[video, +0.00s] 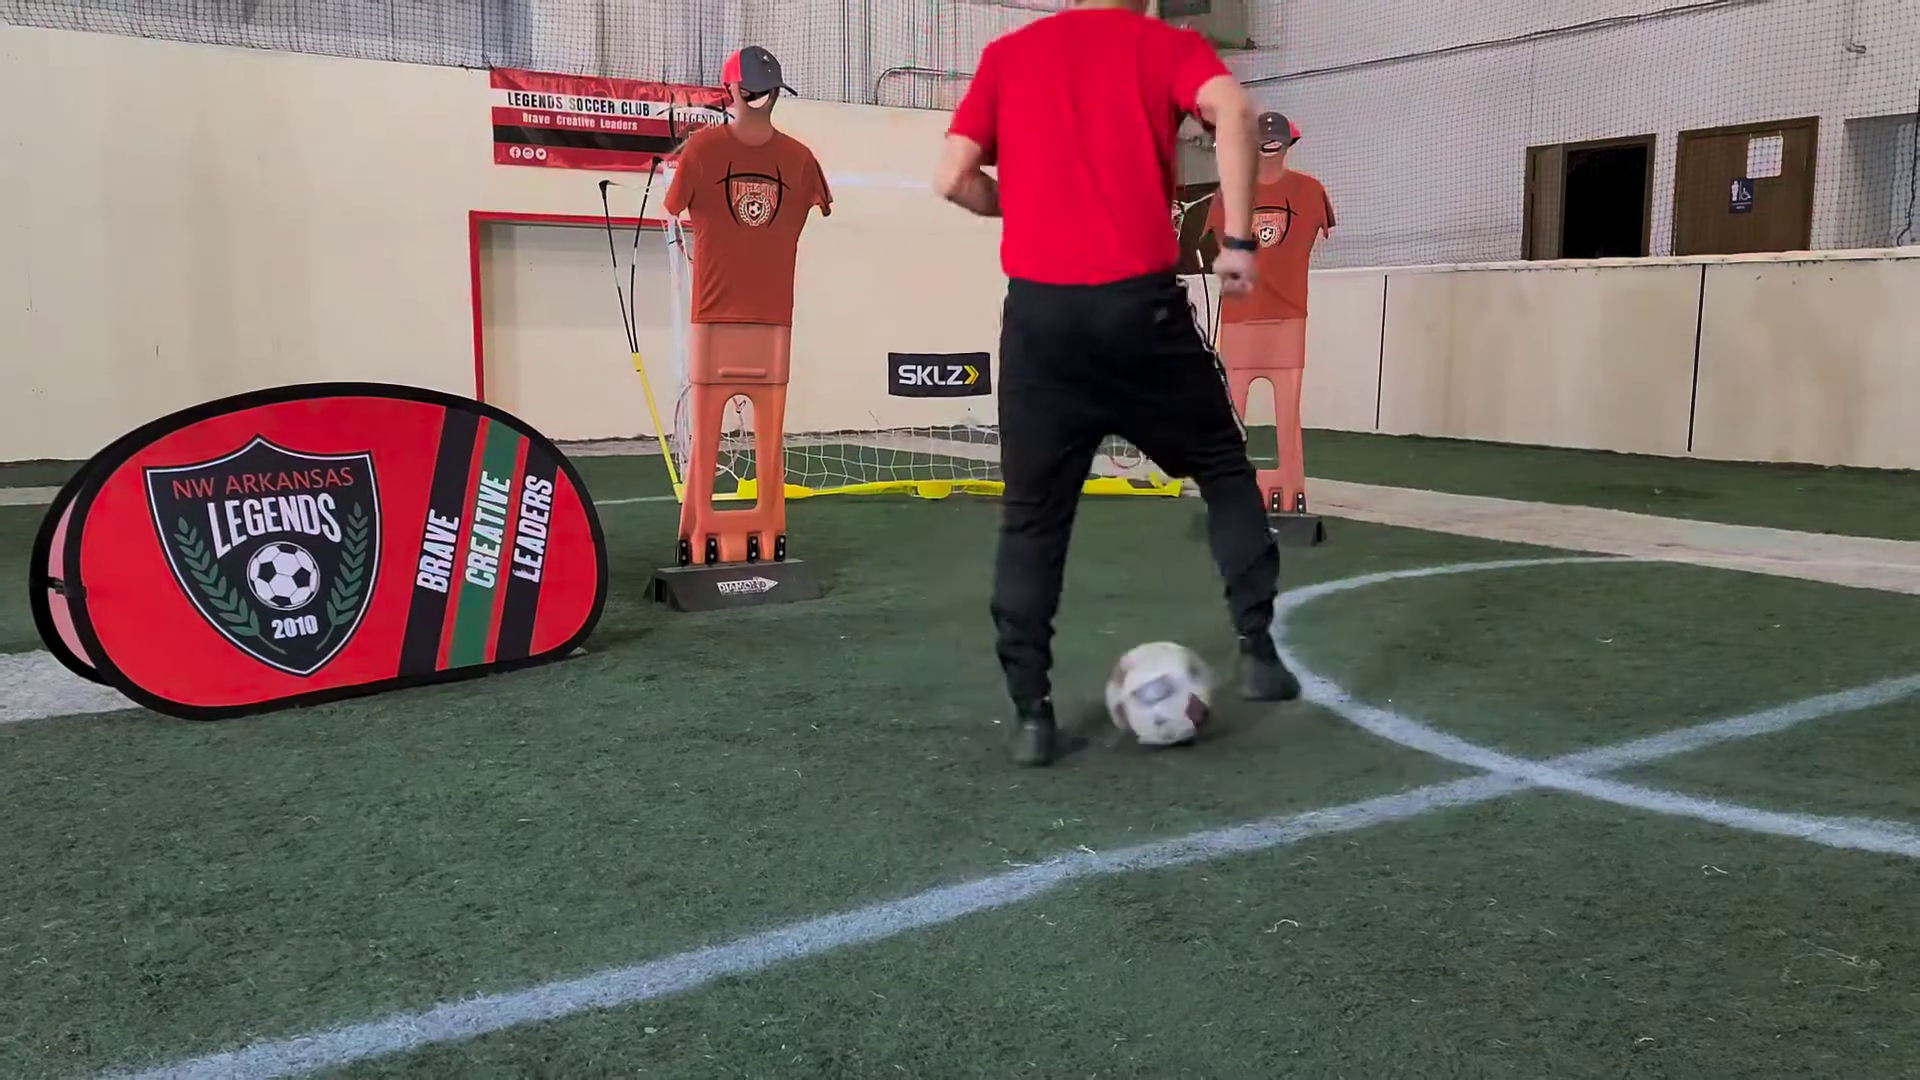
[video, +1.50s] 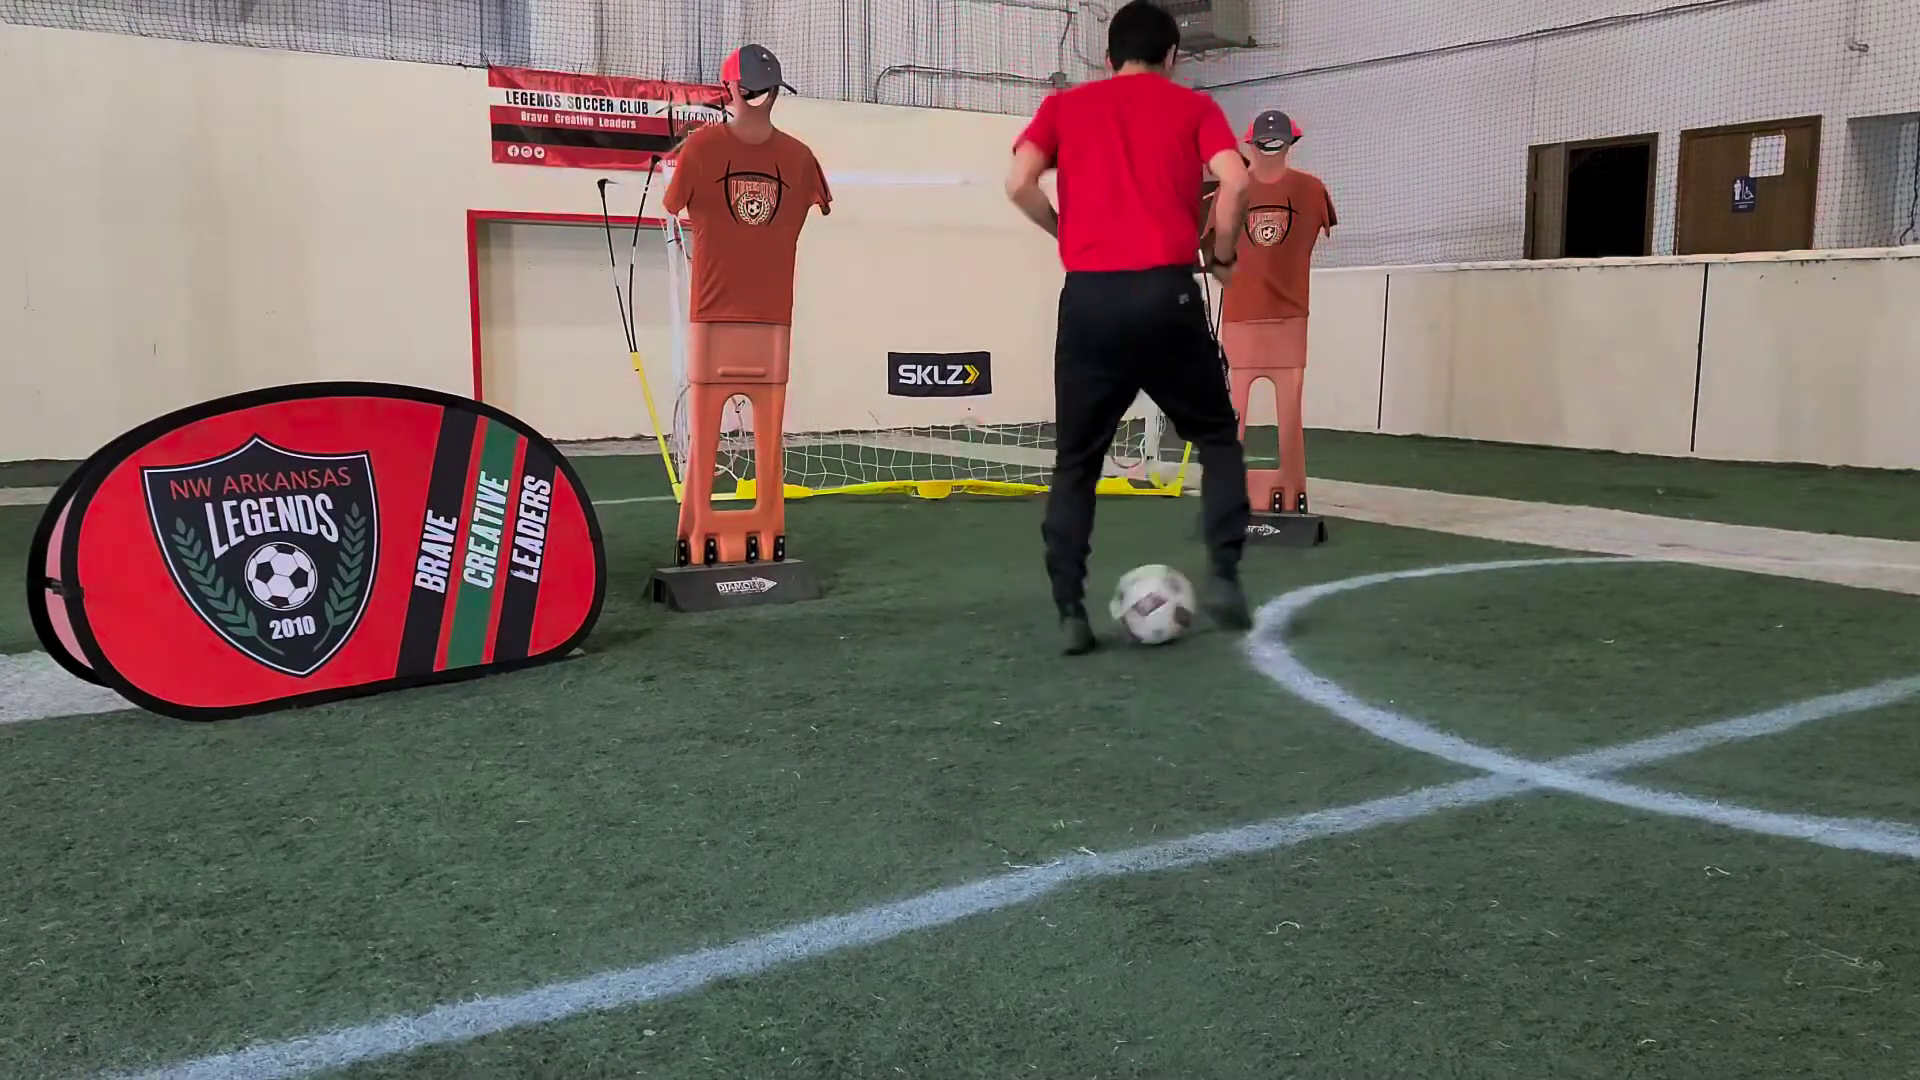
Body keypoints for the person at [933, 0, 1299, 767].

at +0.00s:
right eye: (1155, 9)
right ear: (1140, 1)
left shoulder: (1006, 52)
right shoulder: (1165, 42)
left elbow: (954, 180)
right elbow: (1234, 108)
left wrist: (1028, 200)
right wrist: (1237, 234)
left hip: (1037, 315)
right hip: (1141, 308)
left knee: (1032, 514)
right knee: (1222, 466)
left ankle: (1032, 712)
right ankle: (1259, 648)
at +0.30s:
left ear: (1100, 0)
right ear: (1171, 4)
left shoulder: (1056, 50)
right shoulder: (1208, 64)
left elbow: (983, 115)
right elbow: (1257, 177)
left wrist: (1009, 215)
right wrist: (1202, 227)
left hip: (1067, 301)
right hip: (1165, 306)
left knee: (1015, 462)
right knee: (1169, 502)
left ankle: (987, 631)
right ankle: (1163, 696)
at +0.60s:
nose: (1184, 16)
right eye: (1183, 10)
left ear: (1096, 6)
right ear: (1171, 8)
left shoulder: (1041, 64)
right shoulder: (1188, 63)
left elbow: (982, 169)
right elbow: (1220, 114)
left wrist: (1054, 205)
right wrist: (1217, 230)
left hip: (1051, 300)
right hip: (1142, 299)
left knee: (1040, 476)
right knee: (1203, 451)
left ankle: (1031, 654)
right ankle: (1227, 621)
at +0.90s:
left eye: (1098, 13)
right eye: (1166, 17)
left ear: (1099, 16)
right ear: (1167, 17)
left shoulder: (1059, 67)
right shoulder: (1194, 76)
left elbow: (1004, 136)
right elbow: (1251, 166)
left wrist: (1028, 219)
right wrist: (1216, 233)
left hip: (1079, 289)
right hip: (1167, 291)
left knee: (1042, 443)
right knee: (1181, 463)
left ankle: (1025, 598)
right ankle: (1181, 636)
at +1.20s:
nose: (1184, 33)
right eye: (1187, 24)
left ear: (1120, 25)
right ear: (1183, 29)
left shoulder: (1074, 77)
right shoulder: (1207, 85)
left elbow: (1014, 156)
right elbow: (1233, 153)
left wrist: (1050, 227)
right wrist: (1223, 246)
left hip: (1078, 286)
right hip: (1161, 290)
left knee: (1039, 442)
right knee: (1179, 453)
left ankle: (1008, 583)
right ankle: (1177, 613)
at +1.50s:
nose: (1174, 64)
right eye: (1177, 56)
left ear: (1107, 57)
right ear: (1171, 57)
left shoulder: (1064, 104)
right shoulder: (1195, 107)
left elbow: (1019, 186)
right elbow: (1237, 178)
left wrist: (1064, 230)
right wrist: (1222, 243)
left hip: (1087, 300)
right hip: (1165, 298)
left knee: (1076, 457)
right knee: (1217, 436)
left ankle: (1071, 611)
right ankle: (1224, 576)